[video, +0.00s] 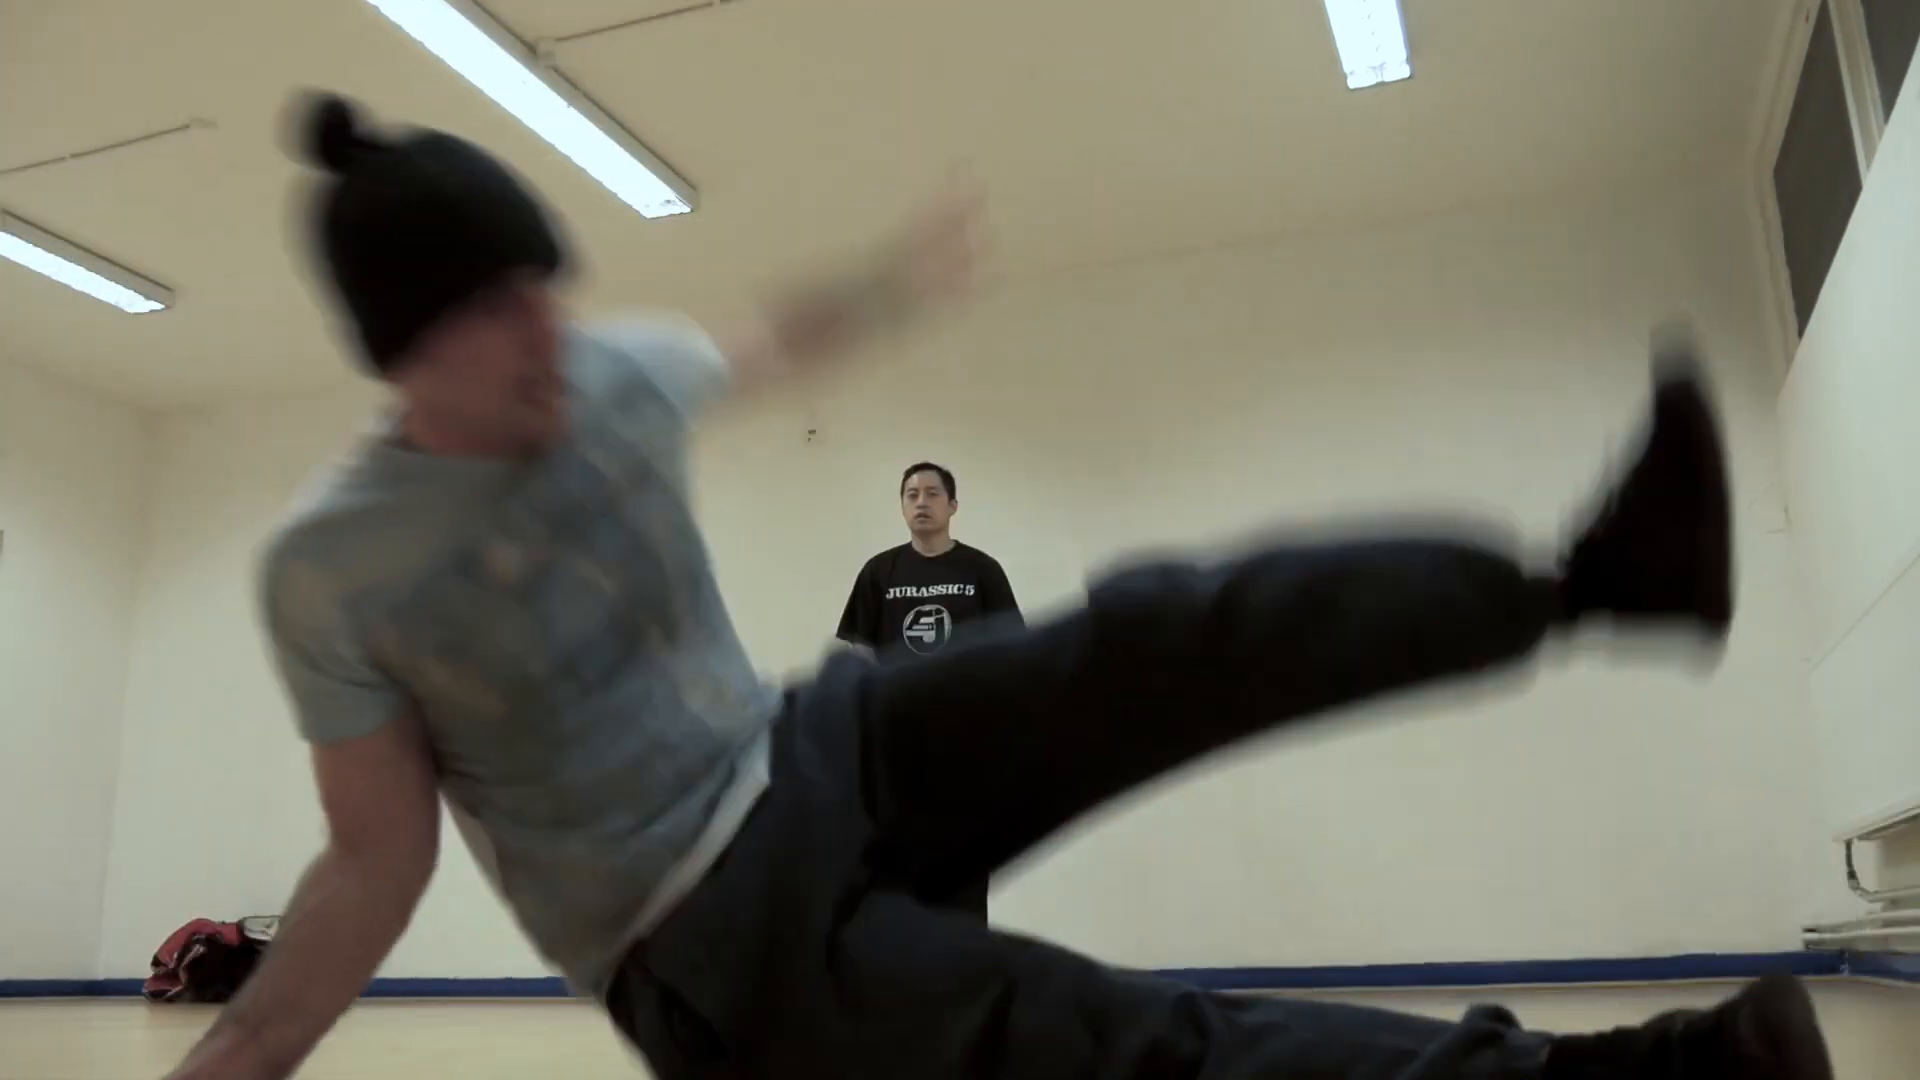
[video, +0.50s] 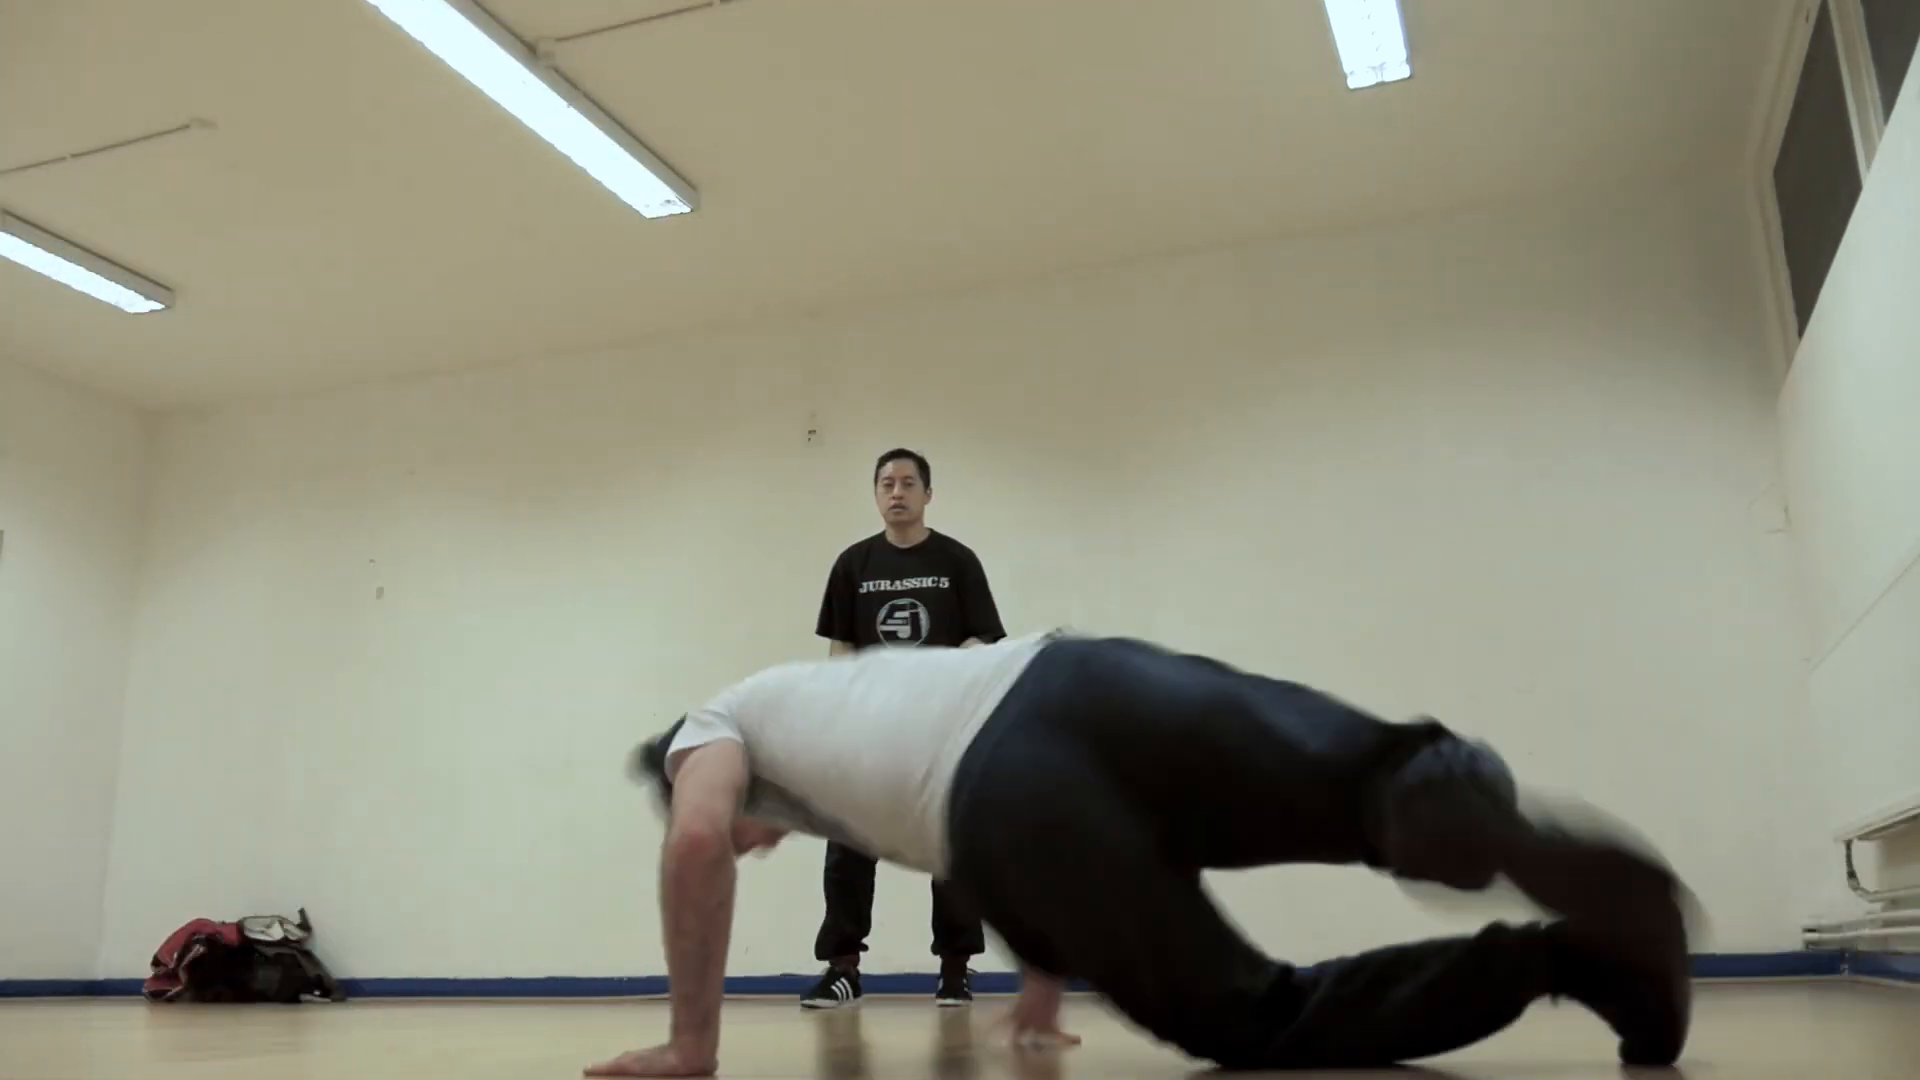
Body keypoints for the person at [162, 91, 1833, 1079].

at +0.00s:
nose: (546, 354)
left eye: (546, 313)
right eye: (505, 334)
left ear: (544, 299)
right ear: (409, 353)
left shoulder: (617, 378)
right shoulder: (332, 574)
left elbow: (770, 346)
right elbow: (378, 852)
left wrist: (907, 276)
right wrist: (235, 1059)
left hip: (825, 760)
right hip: (734, 961)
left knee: (1151, 641)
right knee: (1141, 1049)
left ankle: (1588, 583)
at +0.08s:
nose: (765, 412)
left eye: (766, 378)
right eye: (741, 380)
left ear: (731, 377)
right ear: (647, 381)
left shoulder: (758, 504)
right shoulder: (490, 573)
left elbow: (827, 649)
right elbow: (406, 857)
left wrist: (909, 716)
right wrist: (240, 1058)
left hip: (850, 845)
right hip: (722, 974)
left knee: (1171, 768)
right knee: (1136, 1021)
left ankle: (1596, 828)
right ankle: (1654, 1070)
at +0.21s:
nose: (997, 547)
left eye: (1006, 526)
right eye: (995, 514)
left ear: (910, 474)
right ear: (927, 473)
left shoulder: (850, 618)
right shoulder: (793, 536)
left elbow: (755, 816)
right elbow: (669, 696)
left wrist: (682, 1035)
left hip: (796, 971)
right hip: (769, 940)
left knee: (1160, 960)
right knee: (1150, 913)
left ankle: (1567, 1030)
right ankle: (1625, 1046)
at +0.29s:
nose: (1013, 617)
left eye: (1020, 597)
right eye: (1005, 584)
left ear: (921, 539)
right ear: (940, 523)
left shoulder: (816, 678)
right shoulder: (868, 529)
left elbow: (668, 838)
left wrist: (685, 1032)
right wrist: (1185, 443)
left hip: (791, 995)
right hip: (838, 875)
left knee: (1187, 992)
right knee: (1197, 821)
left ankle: (1664, 1028)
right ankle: (1665, 991)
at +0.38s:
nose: (966, 556)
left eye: (955, 554)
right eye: (958, 549)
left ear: (834, 585)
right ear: (932, 549)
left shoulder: (756, 686)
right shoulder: (940, 565)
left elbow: (664, 844)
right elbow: (1111, 626)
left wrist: (684, 1028)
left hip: (872, 972)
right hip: (939, 818)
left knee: (1210, 1012)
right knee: (1298, 758)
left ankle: (1593, 1019)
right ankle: (1650, 980)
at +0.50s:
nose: (694, 829)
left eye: (680, 808)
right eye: (680, 816)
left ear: (685, 761)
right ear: (752, 706)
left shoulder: (721, 723)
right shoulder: (871, 695)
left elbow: (701, 841)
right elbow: (1014, 808)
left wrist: (691, 1035)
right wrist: (1041, 1007)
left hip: (1000, 801)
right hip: (1077, 682)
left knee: (1258, 1021)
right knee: (1355, 777)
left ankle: (1559, 961)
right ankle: (1477, 818)